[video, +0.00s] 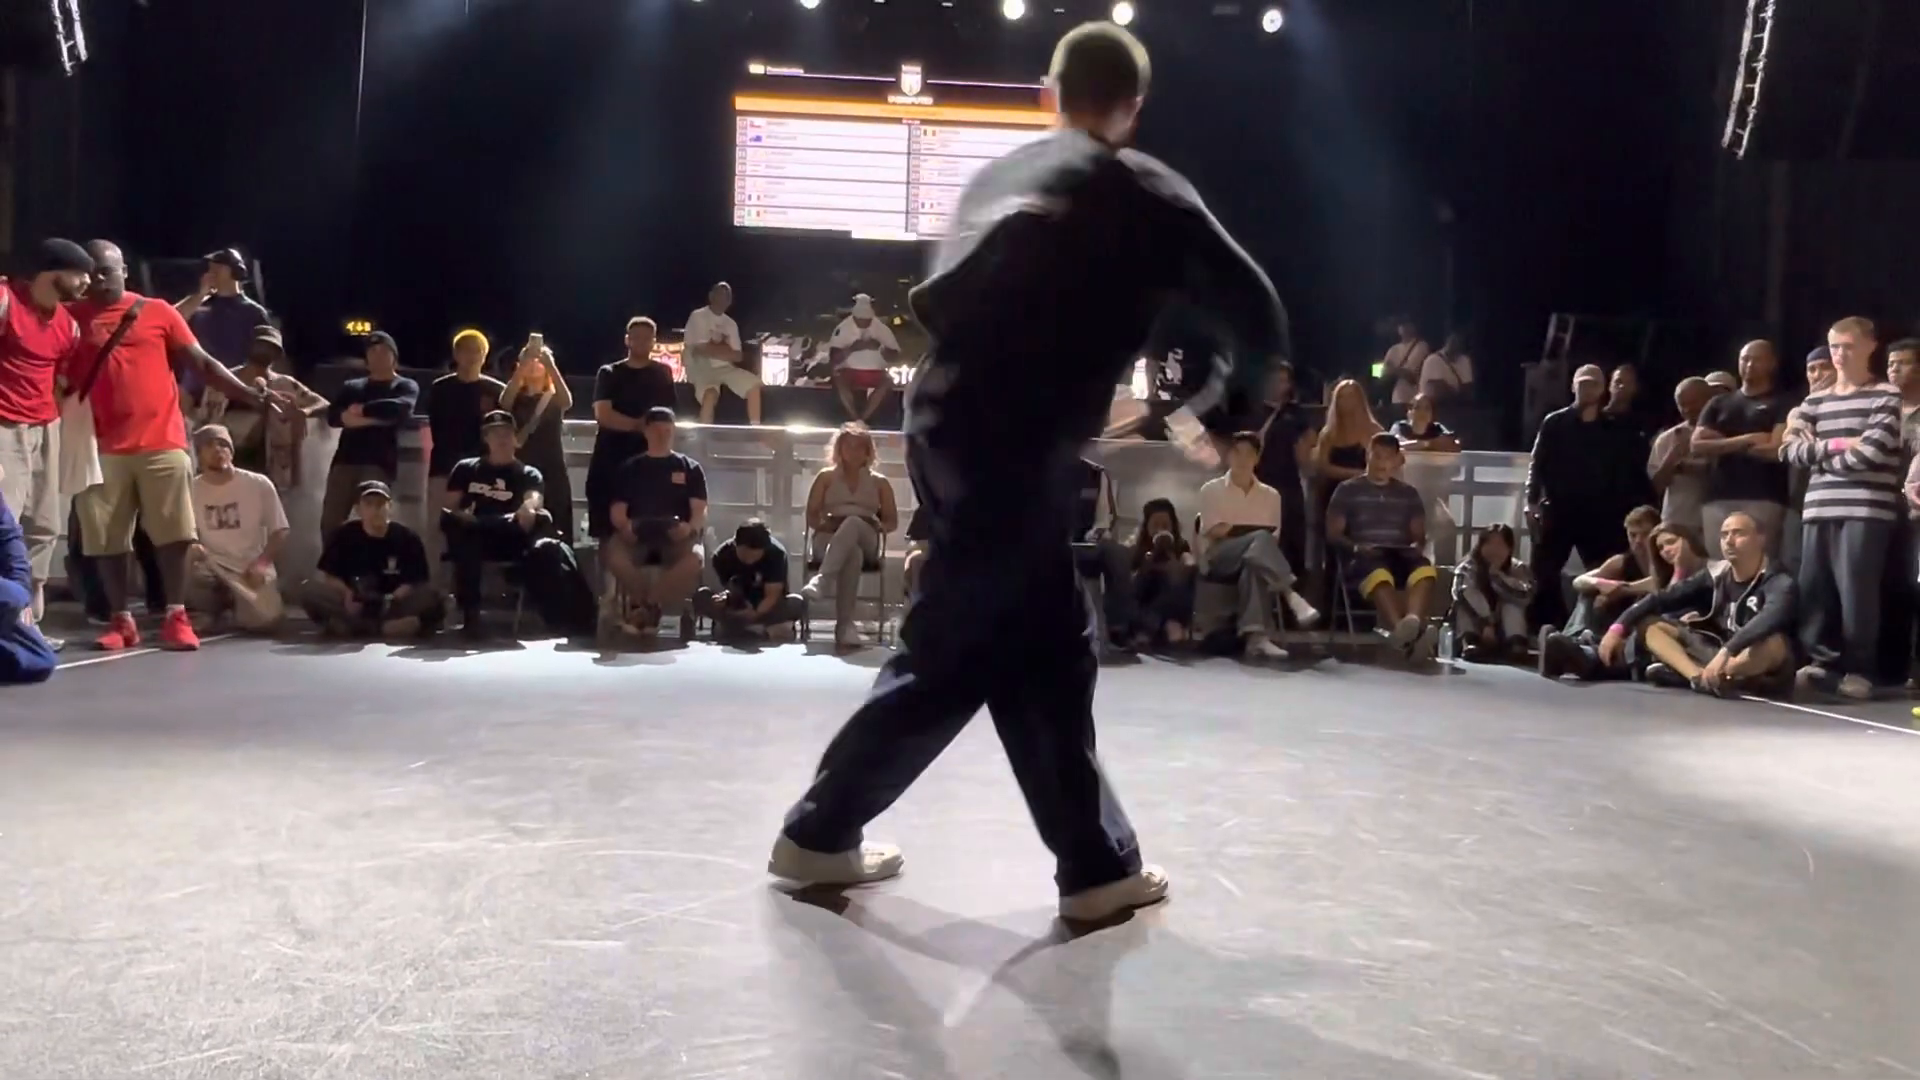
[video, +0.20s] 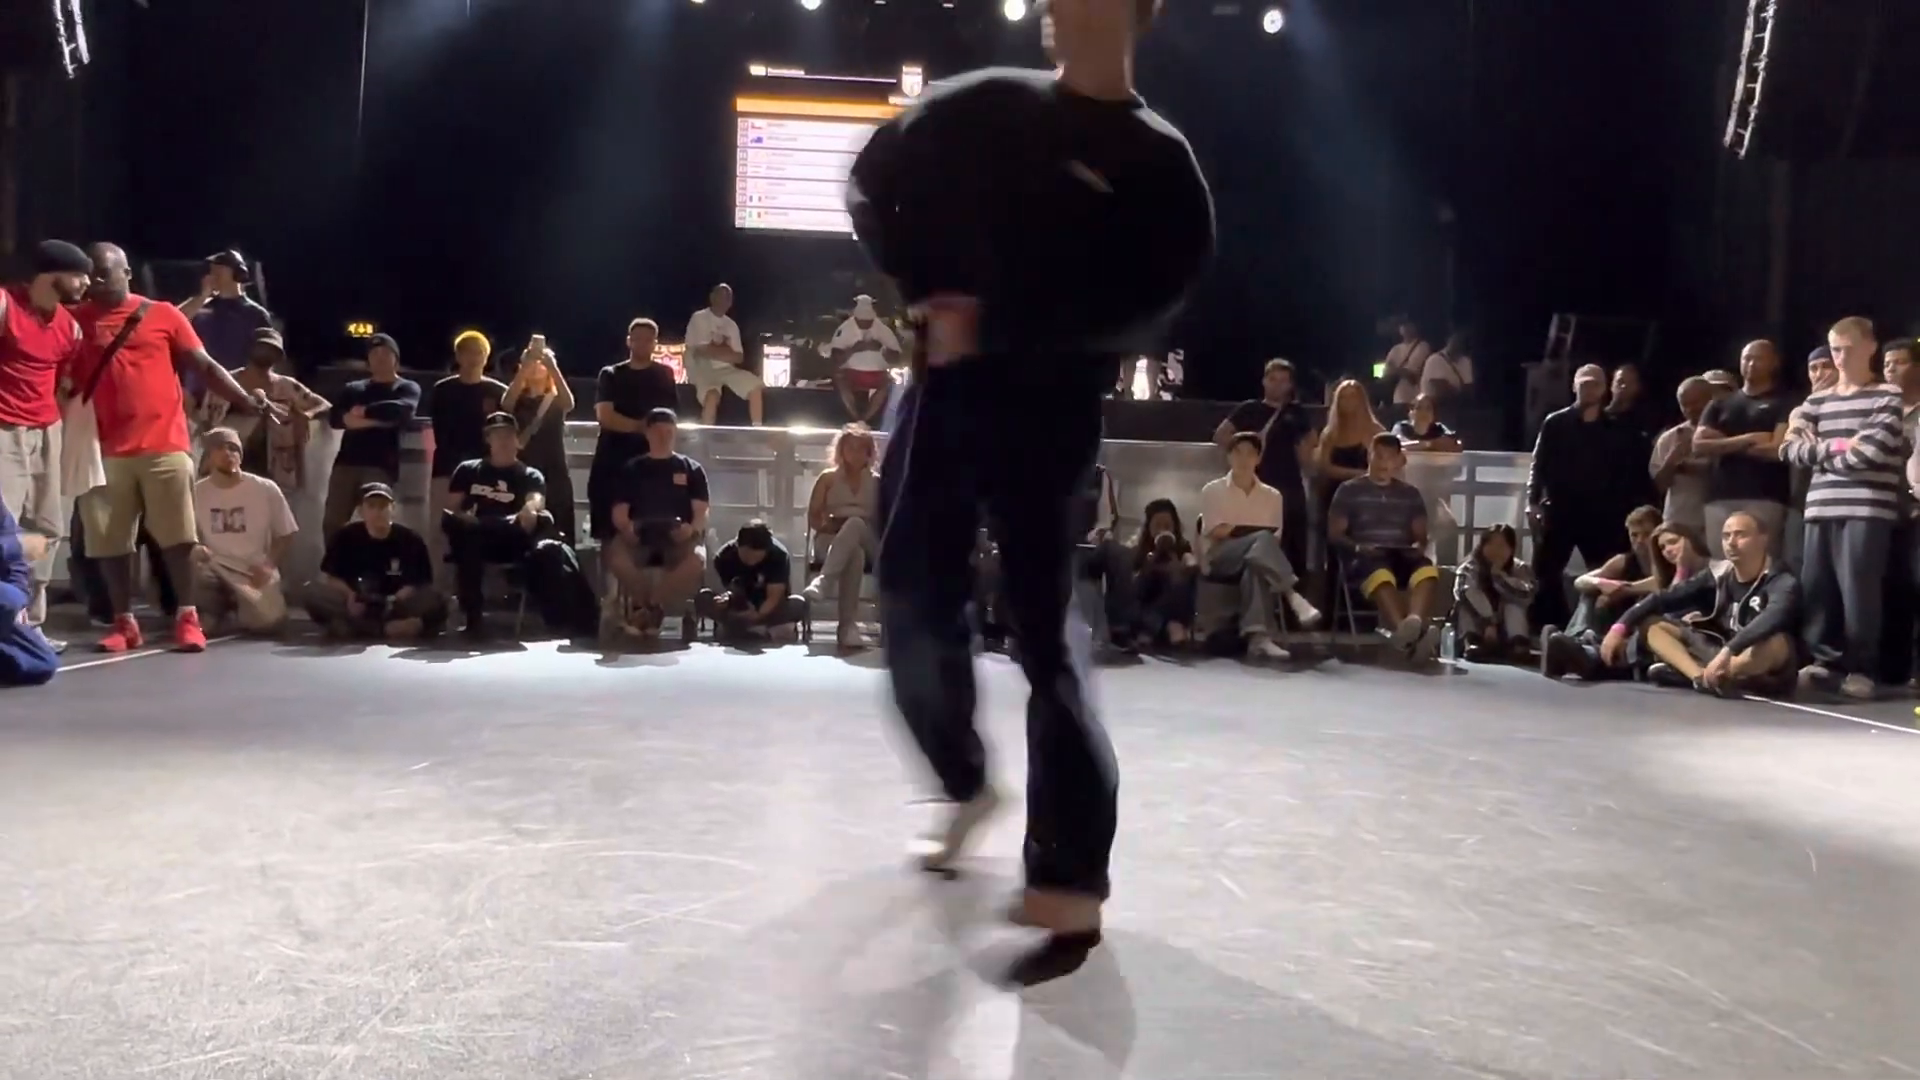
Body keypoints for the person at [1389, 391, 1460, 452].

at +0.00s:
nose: (1422, 413)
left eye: (1426, 408)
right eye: (1417, 408)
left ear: (1432, 412)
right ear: (1410, 412)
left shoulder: (1438, 429)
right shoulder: (1399, 427)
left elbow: (1453, 446)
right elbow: (1393, 446)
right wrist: (1427, 444)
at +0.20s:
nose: (1424, 413)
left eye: (1428, 408)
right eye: (1418, 408)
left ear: (1434, 412)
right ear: (1412, 411)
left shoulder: (1440, 429)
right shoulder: (1401, 428)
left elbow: (1454, 443)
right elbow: (1396, 445)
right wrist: (1430, 444)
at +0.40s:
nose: (1426, 412)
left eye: (1430, 408)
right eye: (1419, 407)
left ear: (1436, 411)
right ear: (1414, 410)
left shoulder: (1443, 429)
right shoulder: (1403, 428)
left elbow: (1458, 446)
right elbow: (1398, 447)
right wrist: (1433, 444)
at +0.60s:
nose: (1428, 411)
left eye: (1433, 407)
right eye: (1423, 406)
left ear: (1439, 410)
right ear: (1417, 409)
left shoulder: (1445, 427)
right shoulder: (1406, 426)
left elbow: (1462, 445)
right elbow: (1401, 445)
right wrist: (1434, 443)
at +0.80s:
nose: (1430, 412)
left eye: (1435, 408)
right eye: (1425, 407)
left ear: (1442, 412)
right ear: (1420, 410)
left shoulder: (1448, 428)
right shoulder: (1408, 427)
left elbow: (1465, 446)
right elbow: (1402, 447)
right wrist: (1437, 443)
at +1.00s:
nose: (1432, 412)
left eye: (1437, 408)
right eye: (1427, 408)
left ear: (1443, 412)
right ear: (1422, 411)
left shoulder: (1451, 429)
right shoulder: (1411, 428)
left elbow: (1466, 446)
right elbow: (1406, 447)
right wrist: (1440, 444)